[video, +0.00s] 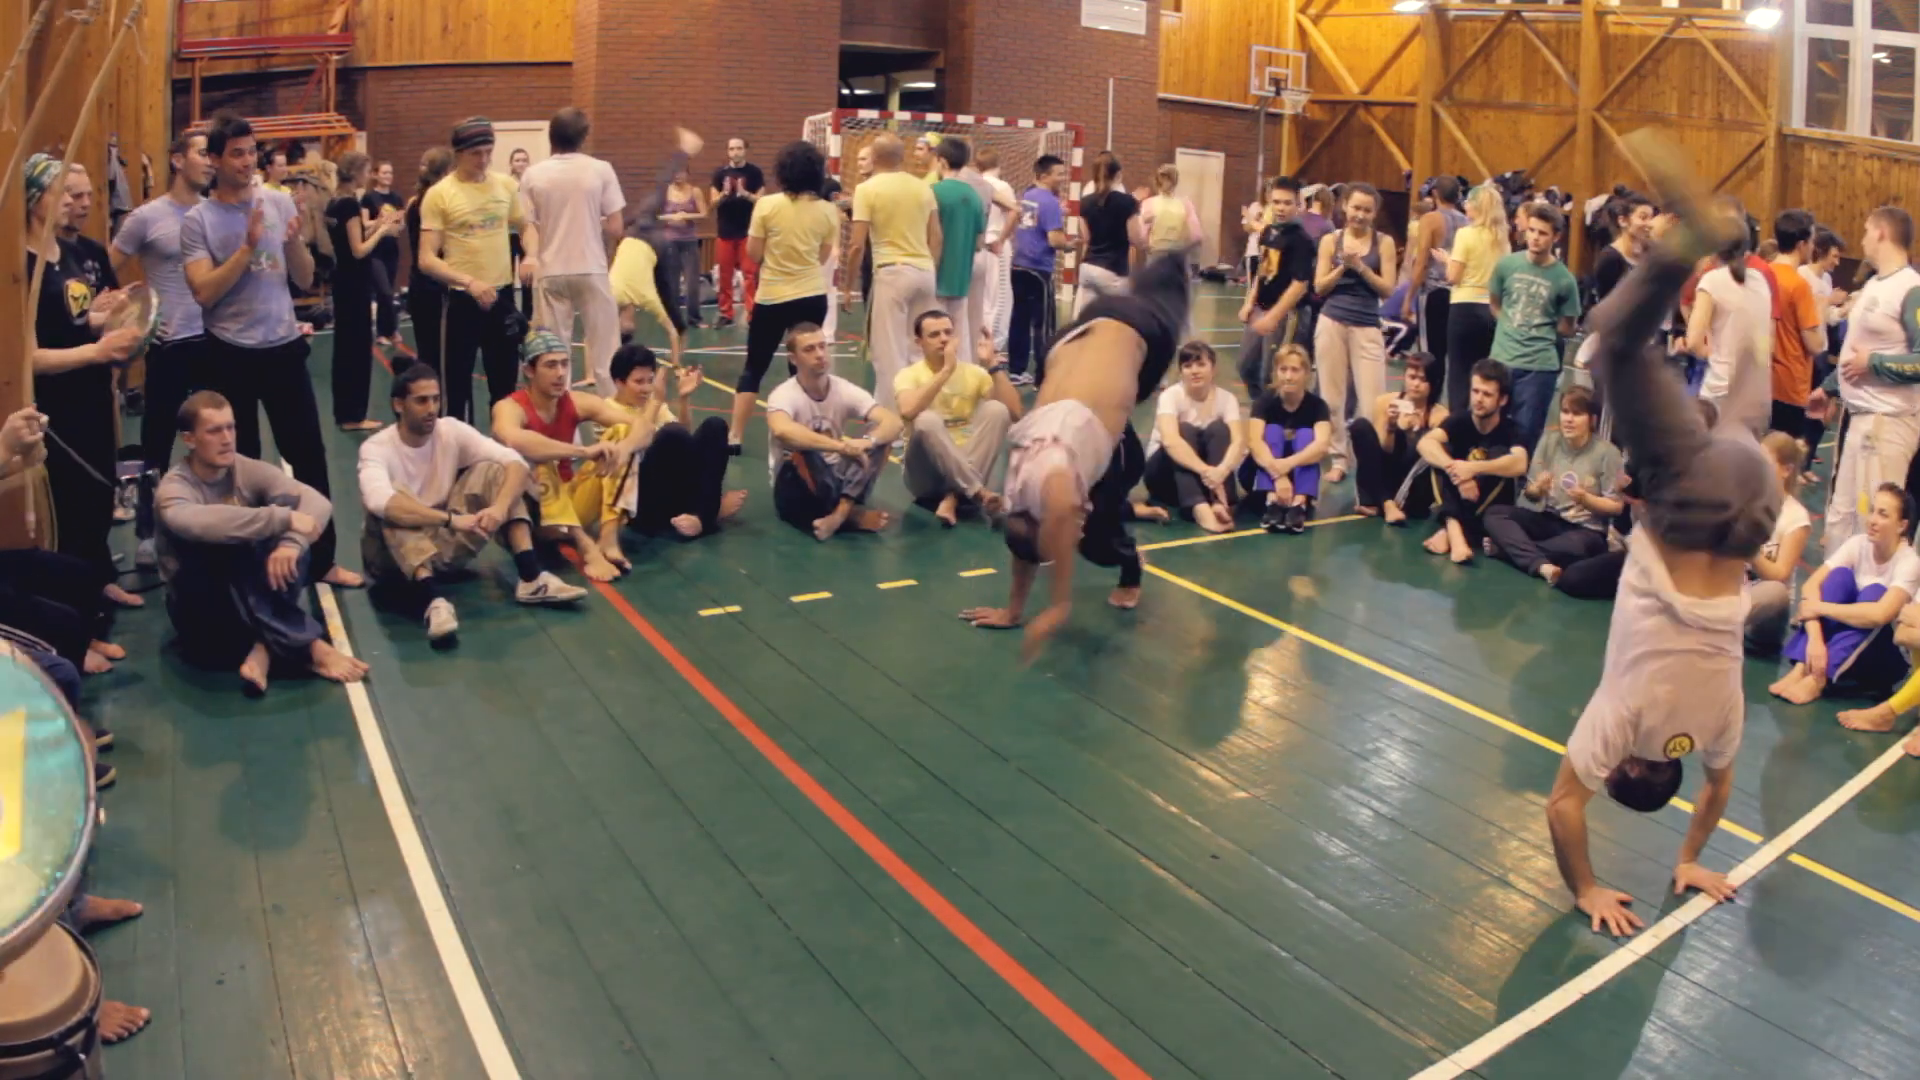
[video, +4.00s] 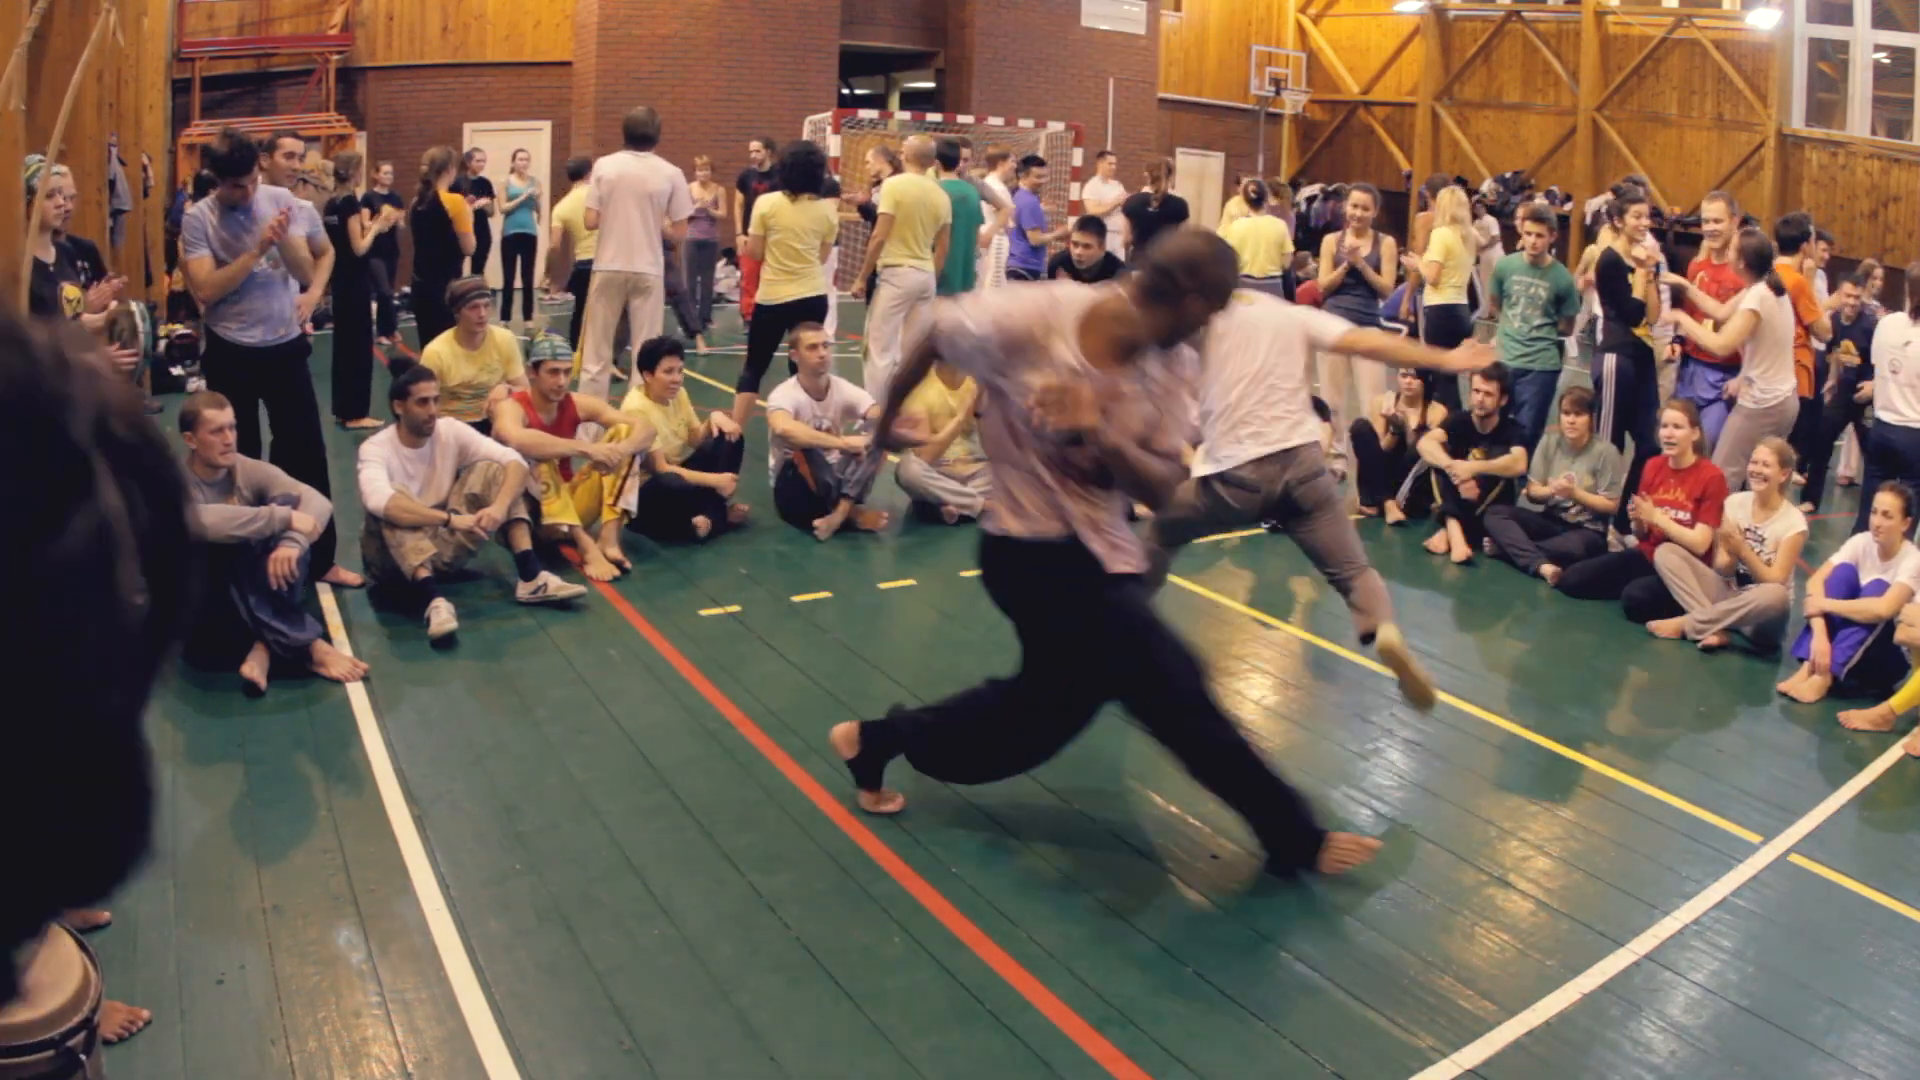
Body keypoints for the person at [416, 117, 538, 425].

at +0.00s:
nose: (483, 159)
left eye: (488, 152)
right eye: (475, 153)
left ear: (493, 151)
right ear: (458, 153)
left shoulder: (505, 186)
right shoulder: (438, 195)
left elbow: (525, 227)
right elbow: (426, 258)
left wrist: (531, 257)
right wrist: (469, 282)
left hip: (501, 297)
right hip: (459, 299)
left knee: (504, 384)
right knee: (456, 385)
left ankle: (507, 452)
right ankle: (456, 451)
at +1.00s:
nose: (473, 160)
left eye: (478, 152)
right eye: (465, 153)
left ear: (483, 152)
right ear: (448, 155)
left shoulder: (499, 189)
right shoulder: (428, 200)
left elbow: (510, 246)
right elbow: (409, 261)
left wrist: (516, 299)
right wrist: (428, 316)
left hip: (495, 300)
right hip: (453, 302)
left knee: (503, 390)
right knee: (455, 393)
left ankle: (507, 459)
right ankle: (457, 460)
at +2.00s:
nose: (497, 249)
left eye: (503, 240)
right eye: (489, 241)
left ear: (510, 237)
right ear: (474, 239)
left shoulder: (524, 263)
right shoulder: (451, 269)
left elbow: (533, 317)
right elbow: (437, 331)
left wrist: (513, 360)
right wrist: (467, 377)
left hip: (505, 348)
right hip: (460, 349)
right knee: (443, 418)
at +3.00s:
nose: (474, 311)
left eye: (479, 303)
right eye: (465, 305)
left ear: (485, 306)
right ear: (450, 309)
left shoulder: (502, 339)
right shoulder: (433, 354)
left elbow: (524, 390)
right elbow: (426, 410)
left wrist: (503, 387)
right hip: (451, 431)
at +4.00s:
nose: (482, 314)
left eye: (486, 306)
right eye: (473, 308)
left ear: (490, 308)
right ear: (457, 311)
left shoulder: (504, 339)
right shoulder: (436, 352)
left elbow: (523, 388)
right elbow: (423, 403)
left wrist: (505, 388)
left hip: (494, 423)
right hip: (450, 427)